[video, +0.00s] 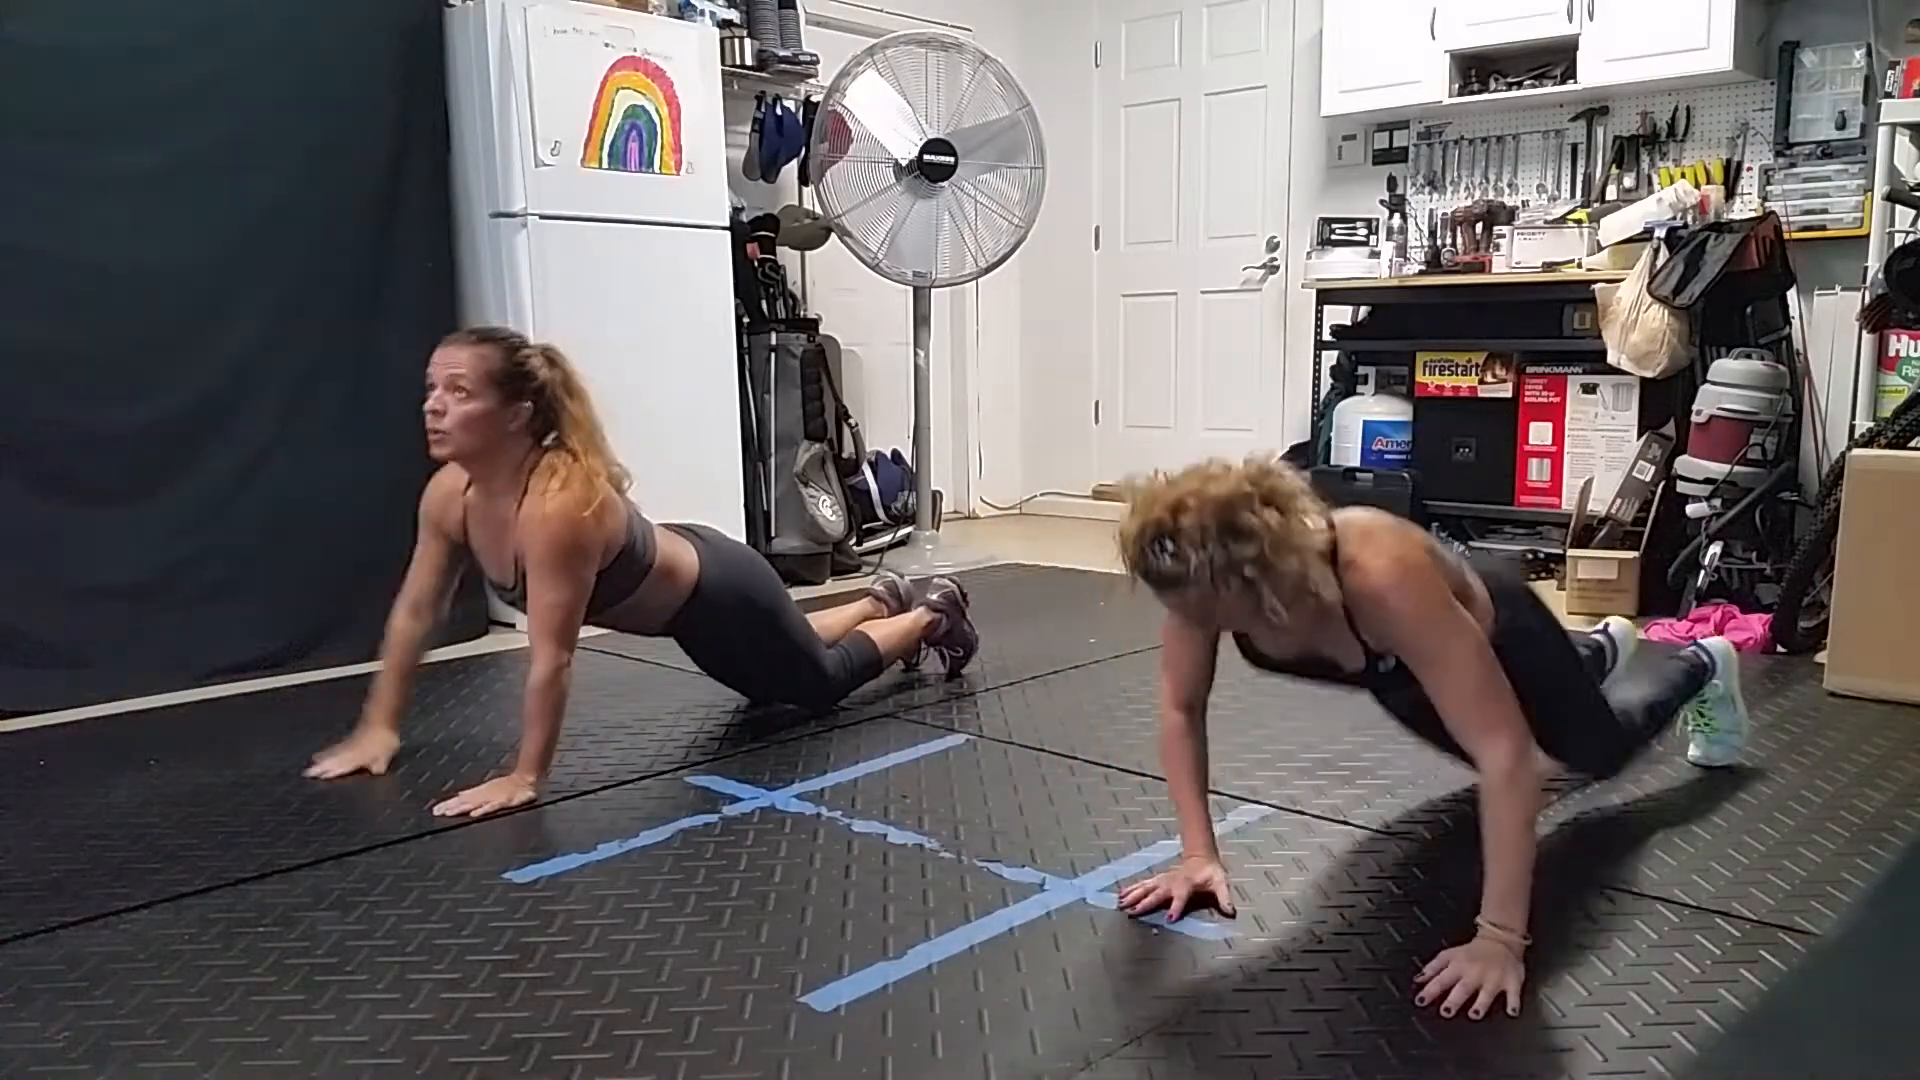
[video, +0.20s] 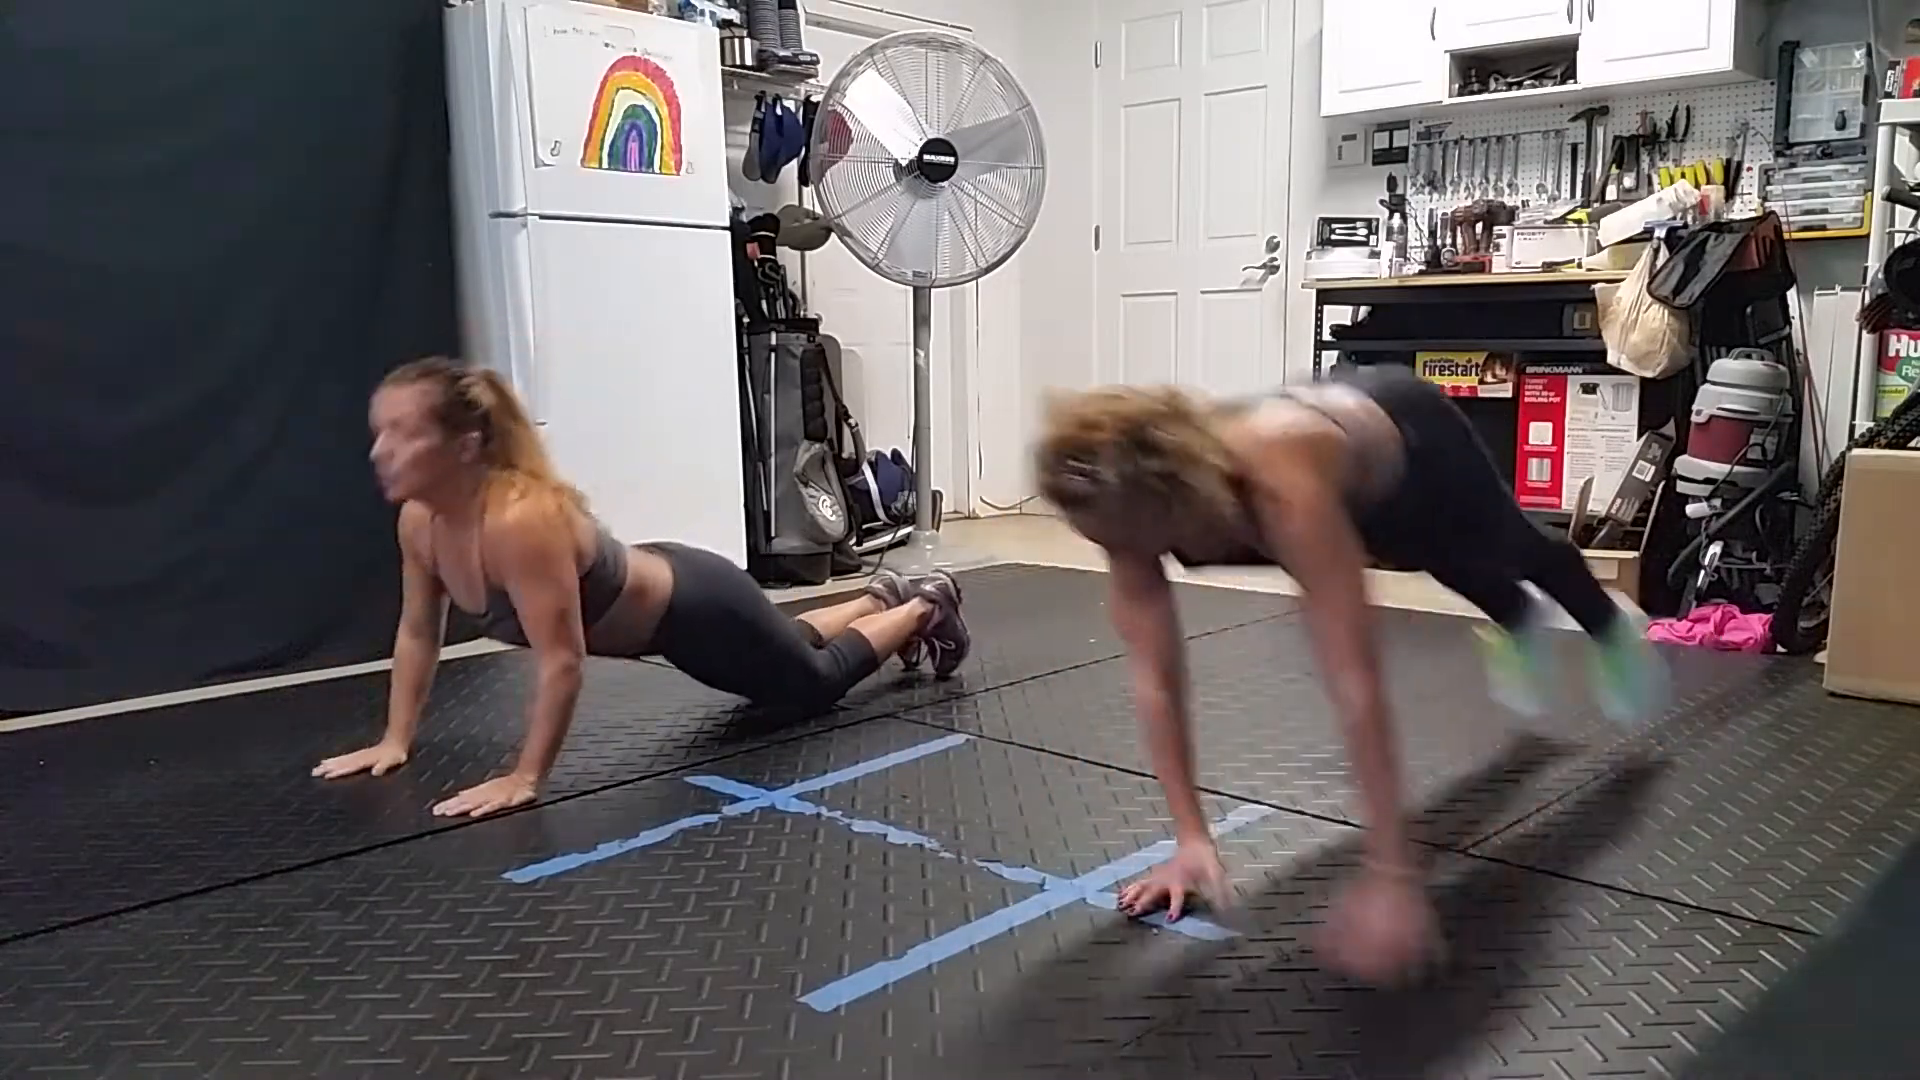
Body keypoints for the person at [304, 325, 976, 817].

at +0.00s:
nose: (433, 407)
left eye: (455, 394)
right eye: (431, 391)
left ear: (518, 412)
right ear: (437, 405)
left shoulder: (556, 506)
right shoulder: (451, 490)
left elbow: (552, 654)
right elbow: (414, 612)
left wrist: (526, 777)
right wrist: (378, 728)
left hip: (723, 600)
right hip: (683, 572)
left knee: (820, 684)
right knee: (783, 642)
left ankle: (926, 619)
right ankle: (878, 601)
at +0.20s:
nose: (376, 451)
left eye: (394, 435)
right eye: (375, 434)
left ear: (462, 444)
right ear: (428, 448)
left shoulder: (521, 521)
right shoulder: (419, 522)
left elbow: (561, 664)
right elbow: (417, 632)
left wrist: (525, 778)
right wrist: (396, 742)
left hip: (700, 612)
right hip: (660, 597)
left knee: (824, 675)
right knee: (779, 642)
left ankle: (924, 611)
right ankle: (885, 598)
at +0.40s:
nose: (333, 555)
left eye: (339, 537)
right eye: (325, 540)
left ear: (403, 514)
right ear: (392, 520)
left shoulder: (488, 557)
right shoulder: (406, 554)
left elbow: (575, 667)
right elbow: (407, 644)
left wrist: (526, 778)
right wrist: (395, 742)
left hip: (682, 639)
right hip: (641, 613)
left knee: (817, 681)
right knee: (770, 638)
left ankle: (921, 614)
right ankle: (872, 596)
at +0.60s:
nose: (319, 662)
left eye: (315, 650)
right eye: (305, 654)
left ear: (353, 611)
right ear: (349, 606)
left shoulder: (455, 605)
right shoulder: (390, 611)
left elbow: (575, 671)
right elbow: (396, 662)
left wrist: (527, 776)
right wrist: (395, 744)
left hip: (664, 655)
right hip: (621, 643)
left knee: (814, 677)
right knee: (762, 646)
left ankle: (909, 619)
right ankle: (861, 605)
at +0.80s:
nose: (311, 695)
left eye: (306, 680)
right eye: (296, 686)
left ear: (339, 640)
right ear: (337, 638)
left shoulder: (448, 619)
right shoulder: (387, 619)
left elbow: (571, 671)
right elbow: (396, 667)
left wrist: (524, 780)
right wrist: (393, 741)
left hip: (661, 665)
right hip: (627, 643)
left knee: (812, 682)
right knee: (767, 643)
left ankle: (908, 611)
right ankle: (870, 600)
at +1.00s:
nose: (324, 625)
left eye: (317, 608)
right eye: (309, 615)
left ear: (346, 566)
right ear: (338, 564)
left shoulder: (458, 558)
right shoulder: (393, 570)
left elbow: (561, 663)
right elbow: (399, 647)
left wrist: (522, 779)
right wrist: (393, 743)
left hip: (661, 627)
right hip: (627, 620)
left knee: (814, 676)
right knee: (769, 648)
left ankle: (910, 610)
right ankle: (873, 602)